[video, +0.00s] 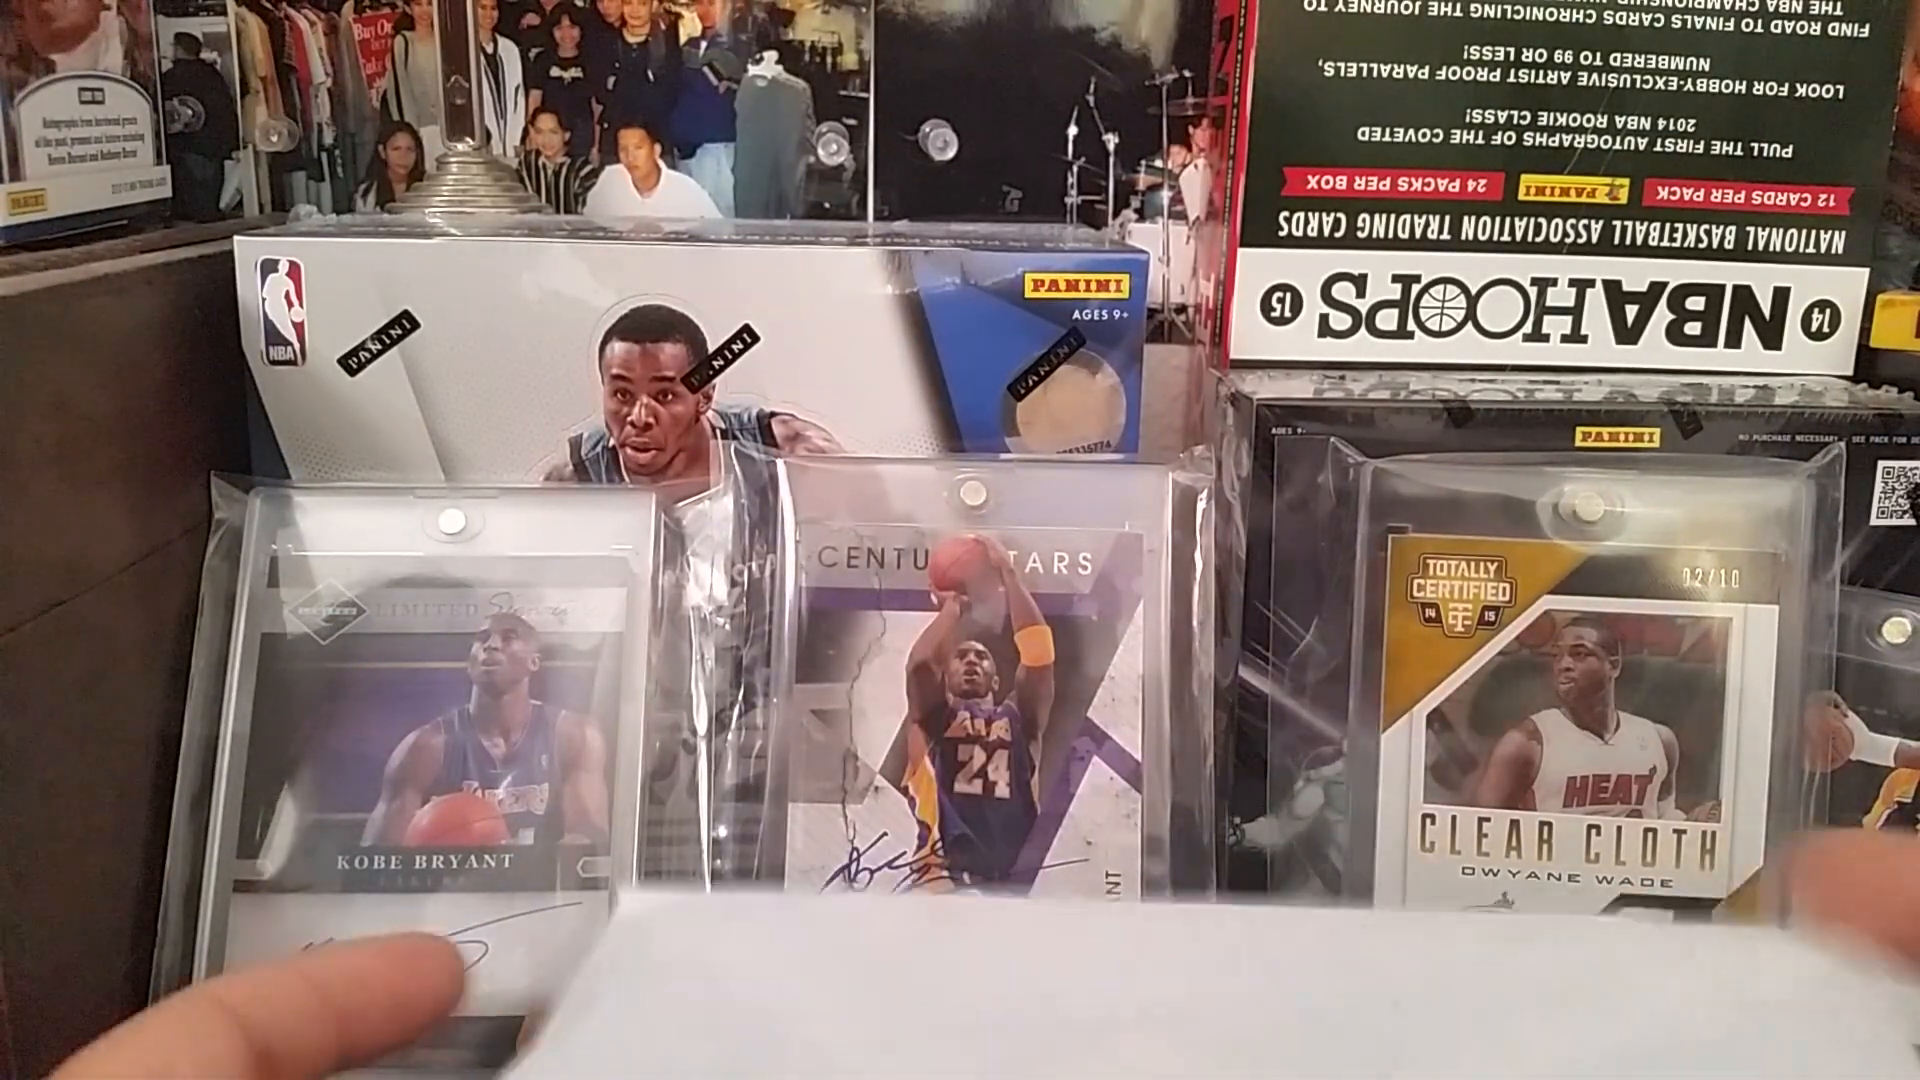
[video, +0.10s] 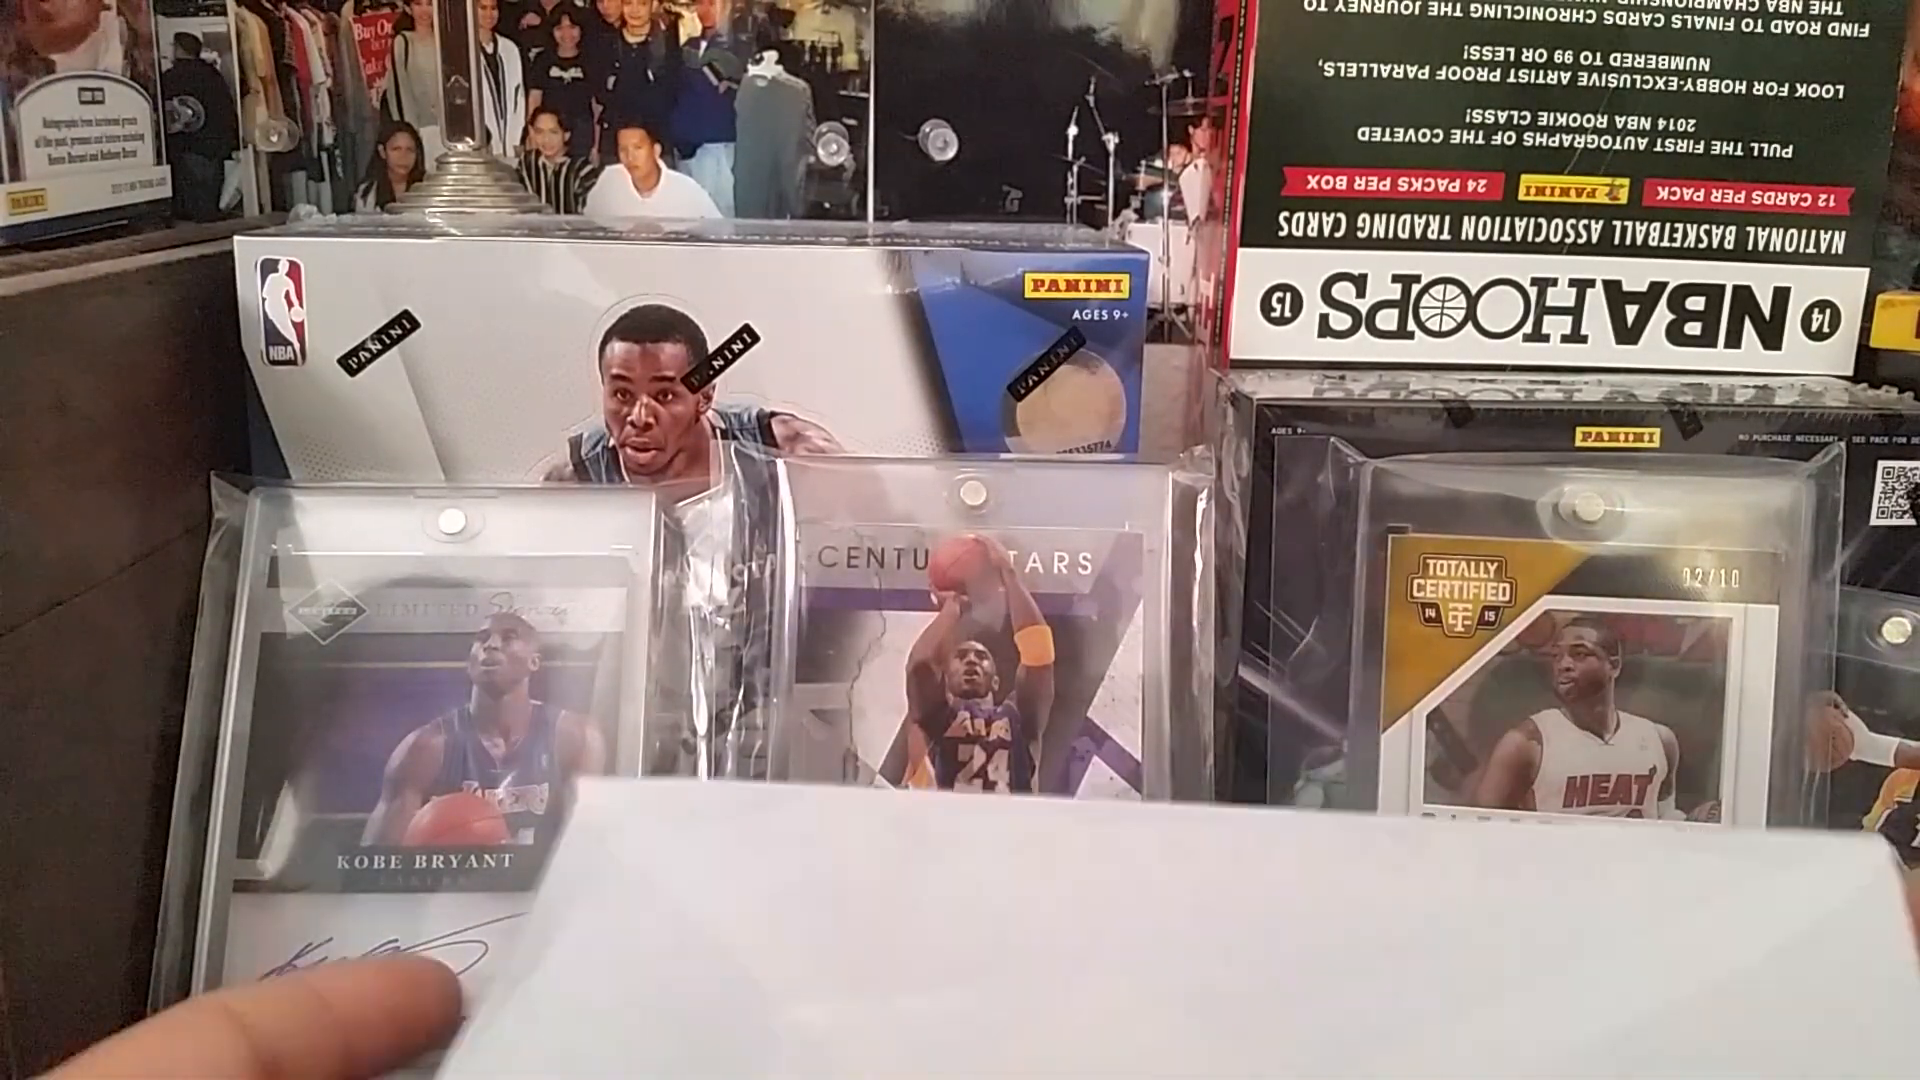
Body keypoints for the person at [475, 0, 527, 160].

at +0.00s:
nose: (489, 14)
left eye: (493, 8)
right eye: (483, 8)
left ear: (498, 12)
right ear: (472, 11)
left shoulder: (511, 48)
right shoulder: (465, 50)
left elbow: (520, 96)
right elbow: (464, 100)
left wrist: (516, 141)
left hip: (512, 144)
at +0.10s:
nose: (490, 14)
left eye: (493, 8)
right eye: (483, 8)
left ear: (498, 11)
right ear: (472, 11)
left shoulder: (511, 48)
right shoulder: (465, 51)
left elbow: (520, 96)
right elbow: (464, 101)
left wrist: (516, 141)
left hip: (512, 145)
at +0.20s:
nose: (489, 14)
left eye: (493, 8)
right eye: (483, 8)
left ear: (498, 12)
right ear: (472, 11)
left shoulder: (511, 48)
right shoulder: (465, 50)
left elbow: (520, 96)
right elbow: (465, 101)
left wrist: (516, 142)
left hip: (512, 145)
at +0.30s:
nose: (489, 15)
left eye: (493, 9)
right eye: (483, 9)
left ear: (498, 12)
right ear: (472, 12)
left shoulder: (511, 49)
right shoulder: (465, 52)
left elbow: (520, 97)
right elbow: (465, 103)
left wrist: (515, 143)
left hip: (512, 147)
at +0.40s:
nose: (489, 14)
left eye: (493, 8)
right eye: (483, 8)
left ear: (498, 11)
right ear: (472, 11)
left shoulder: (511, 48)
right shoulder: (465, 51)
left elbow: (520, 95)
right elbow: (465, 101)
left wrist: (516, 141)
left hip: (512, 144)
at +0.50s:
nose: (489, 14)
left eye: (494, 8)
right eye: (483, 8)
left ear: (499, 12)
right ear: (472, 11)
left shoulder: (511, 49)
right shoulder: (465, 51)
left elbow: (520, 96)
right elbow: (465, 101)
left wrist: (516, 142)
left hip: (512, 145)